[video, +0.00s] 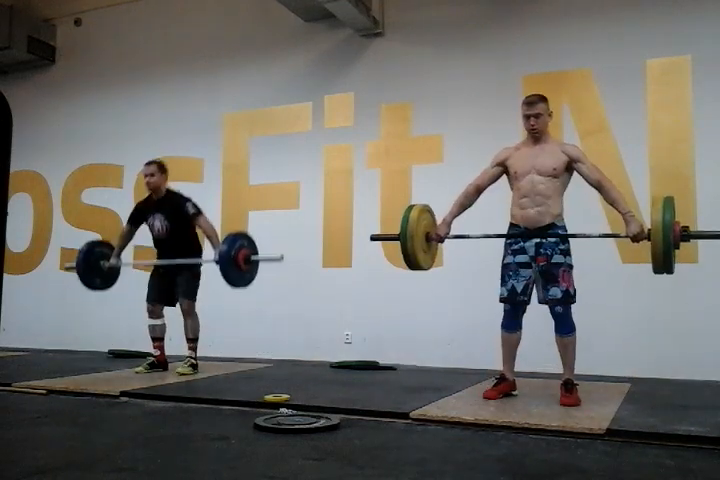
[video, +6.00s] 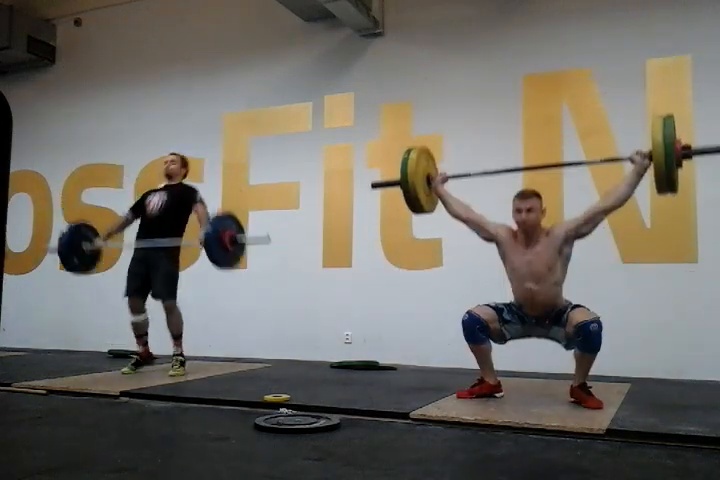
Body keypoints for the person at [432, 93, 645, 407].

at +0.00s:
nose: (532, 121)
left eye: (537, 116)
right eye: (527, 117)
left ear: (549, 117)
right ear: (521, 119)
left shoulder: (567, 152)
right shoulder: (508, 155)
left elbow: (602, 184)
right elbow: (475, 188)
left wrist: (629, 217)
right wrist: (446, 219)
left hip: (553, 238)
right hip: (517, 239)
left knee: (561, 310)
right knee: (512, 309)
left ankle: (569, 381)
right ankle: (507, 378)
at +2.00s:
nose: (525, 179)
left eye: (531, 174)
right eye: (520, 174)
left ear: (543, 178)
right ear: (514, 178)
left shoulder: (560, 202)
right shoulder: (500, 202)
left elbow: (607, 177)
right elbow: (458, 183)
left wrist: (632, 135)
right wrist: (434, 153)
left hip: (555, 292)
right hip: (516, 292)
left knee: (584, 322)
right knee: (470, 318)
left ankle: (578, 388)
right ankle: (489, 382)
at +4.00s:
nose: (529, 115)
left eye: (535, 110)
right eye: (525, 111)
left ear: (548, 114)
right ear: (520, 116)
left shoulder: (566, 145)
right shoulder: (508, 150)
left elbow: (612, 116)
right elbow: (465, 136)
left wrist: (634, 76)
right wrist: (441, 107)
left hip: (552, 232)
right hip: (516, 234)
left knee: (561, 309)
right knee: (514, 310)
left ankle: (572, 384)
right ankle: (512, 380)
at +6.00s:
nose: (523, 217)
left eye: (529, 211)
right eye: (518, 212)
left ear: (541, 213)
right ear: (513, 214)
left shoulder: (562, 236)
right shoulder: (503, 237)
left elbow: (605, 206)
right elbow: (467, 216)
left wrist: (639, 170)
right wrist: (438, 189)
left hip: (556, 316)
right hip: (518, 315)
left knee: (590, 326)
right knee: (472, 321)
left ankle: (580, 387)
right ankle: (489, 382)